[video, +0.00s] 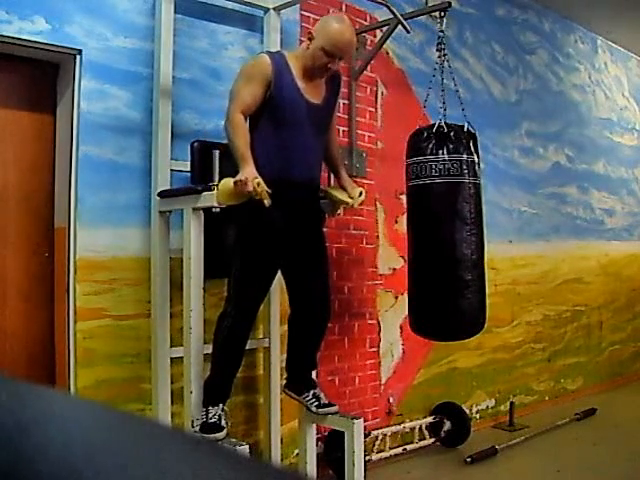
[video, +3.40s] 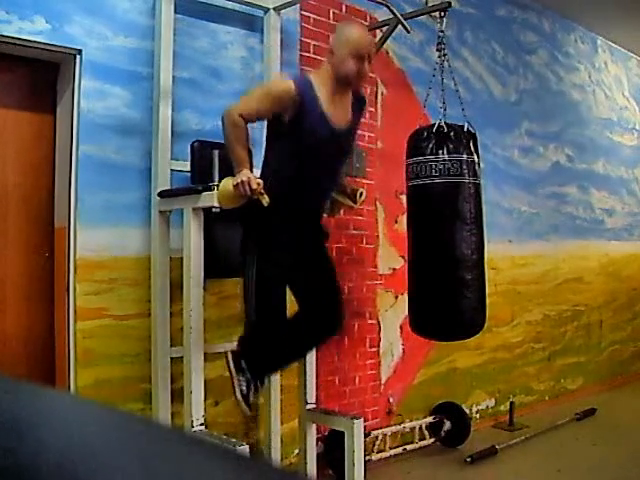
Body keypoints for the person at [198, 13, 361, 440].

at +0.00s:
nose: (333, 65)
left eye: (339, 61)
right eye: (329, 56)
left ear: (344, 58)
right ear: (311, 39)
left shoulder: (331, 84)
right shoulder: (265, 67)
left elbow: (325, 134)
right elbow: (236, 115)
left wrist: (343, 175)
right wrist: (246, 166)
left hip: (304, 208)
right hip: (262, 205)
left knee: (314, 303)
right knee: (241, 308)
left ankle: (300, 381)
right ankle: (213, 404)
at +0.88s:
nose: (334, 35)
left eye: (340, 29)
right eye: (330, 25)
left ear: (344, 28)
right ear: (307, 12)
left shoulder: (334, 68)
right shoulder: (267, 55)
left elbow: (333, 124)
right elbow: (246, 113)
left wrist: (339, 177)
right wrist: (246, 169)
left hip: (316, 185)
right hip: (276, 184)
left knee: (340, 280)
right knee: (284, 284)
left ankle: (301, 360)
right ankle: (270, 375)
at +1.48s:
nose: (361, 83)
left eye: (364, 74)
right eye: (354, 73)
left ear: (364, 73)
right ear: (328, 66)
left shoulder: (350, 108)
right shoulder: (286, 93)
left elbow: (339, 146)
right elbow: (231, 117)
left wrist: (340, 180)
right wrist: (242, 169)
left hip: (305, 223)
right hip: (266, 220)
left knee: (327, 316)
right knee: (281, 315)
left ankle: (279, 396)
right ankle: (252, 391)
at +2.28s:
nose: (368, 76)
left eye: (372, 67)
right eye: (361, 65)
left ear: (372, 68)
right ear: (336, 60)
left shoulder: (357, 107)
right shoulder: (293, 96)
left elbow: (327, 153)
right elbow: (235, 116)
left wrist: (338, 185)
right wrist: (242, 170)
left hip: (308, 227)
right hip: (268, 223)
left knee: (318, 322)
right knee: (258, 319)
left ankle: (241, 357)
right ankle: (239, 361)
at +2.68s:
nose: (362, 48)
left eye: (367, 40)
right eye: (356, 38)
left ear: (367, 42)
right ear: (330, 32)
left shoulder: (350, 80)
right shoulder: (282, 70)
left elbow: (334, 136)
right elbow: (240, 114)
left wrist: (341, 179)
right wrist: (243, 170)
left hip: (311, 206)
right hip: (271, 202)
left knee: (321, 297)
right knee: (260, 291)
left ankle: (244, 332)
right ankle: (245, 341)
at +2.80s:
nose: (365, 85)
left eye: (369, 76)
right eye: (359, 74)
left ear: (371, 74)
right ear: (334, 66)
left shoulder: (352, 111)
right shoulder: (289, 95)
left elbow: (336, 148)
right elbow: (233, 117)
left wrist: (341, 180)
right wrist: (243, 169)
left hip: (304, 230)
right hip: (264, 222)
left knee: (321, 318)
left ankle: (251, 373)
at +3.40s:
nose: (364, 70)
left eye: (369, 61)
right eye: (357, 59)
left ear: (370, 62)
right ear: (333, 54)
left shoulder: (355, 101)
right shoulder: (291, 91)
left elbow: (319, 152)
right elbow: (234, 115)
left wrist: (339, 184)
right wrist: (243, 170)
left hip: (306, 224)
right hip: (267, 221)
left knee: (326, 316)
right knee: (265, 323)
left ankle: (251, 361)